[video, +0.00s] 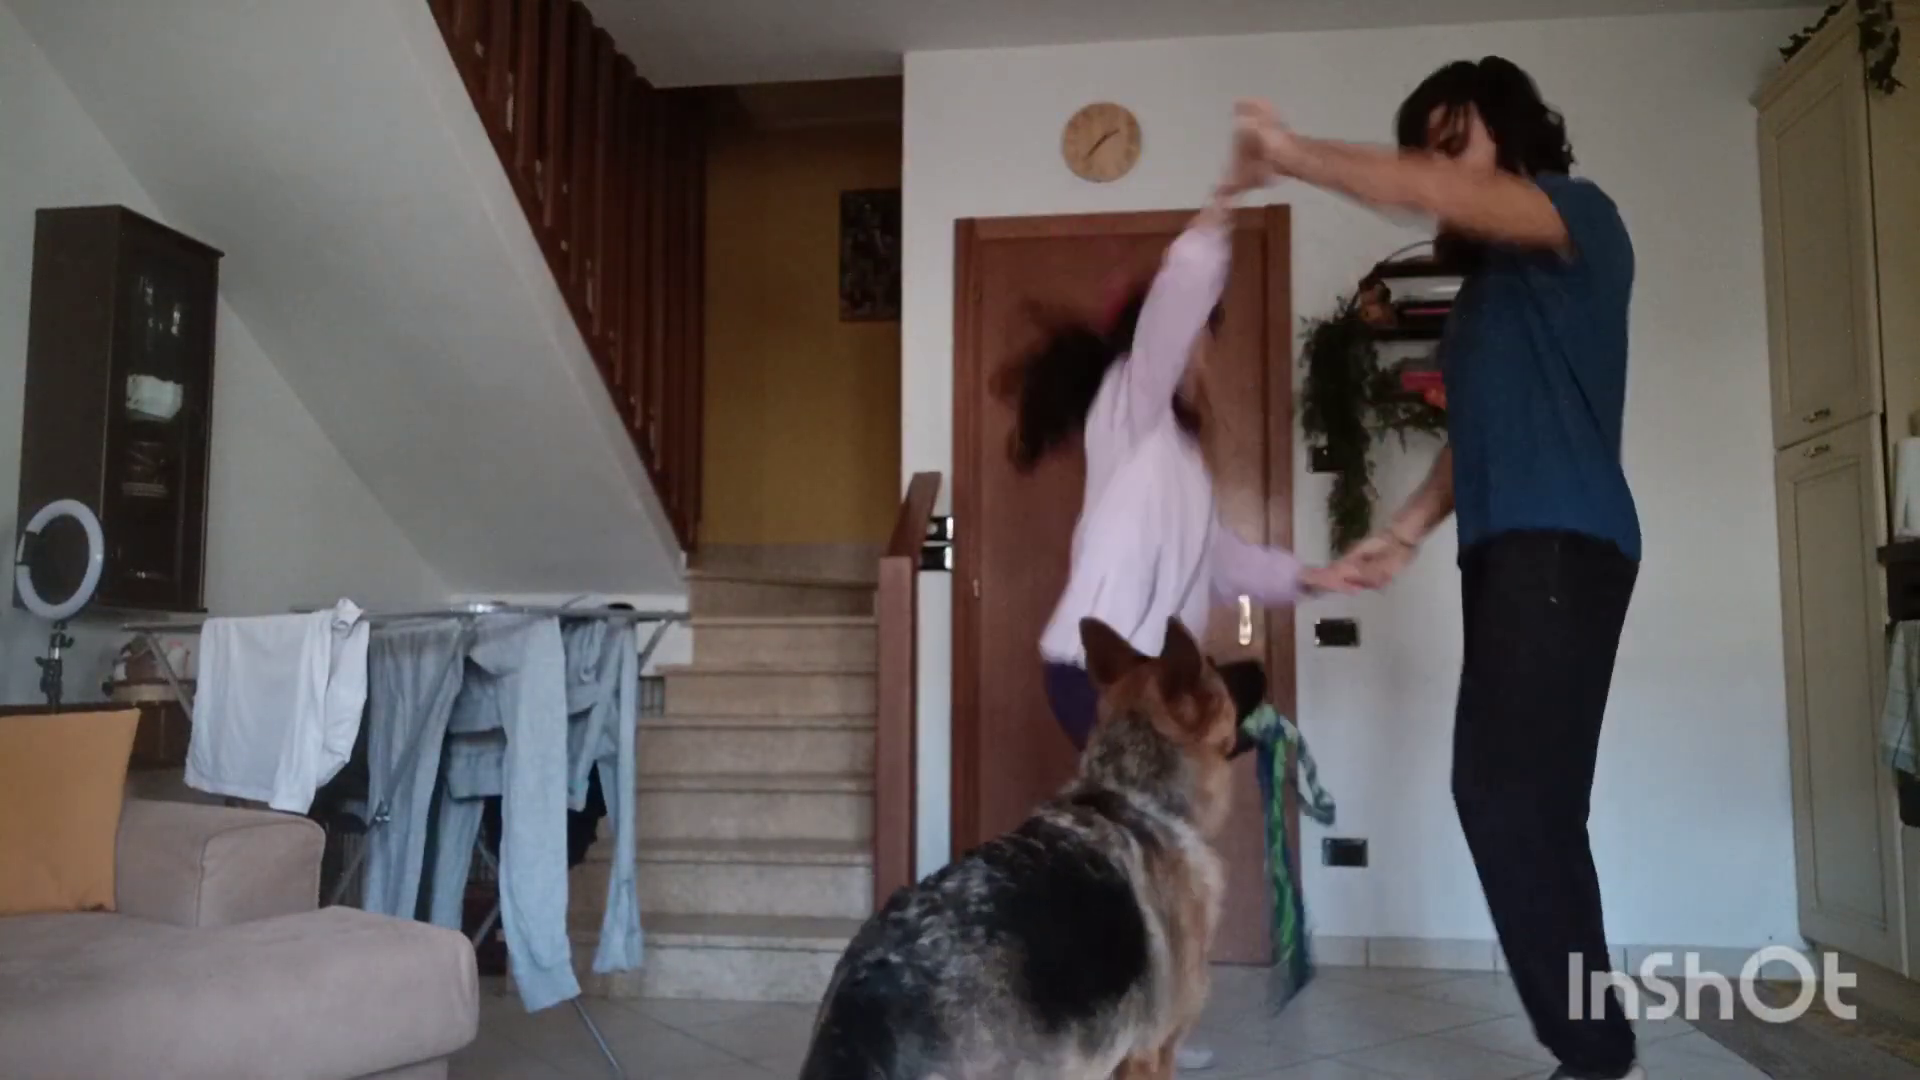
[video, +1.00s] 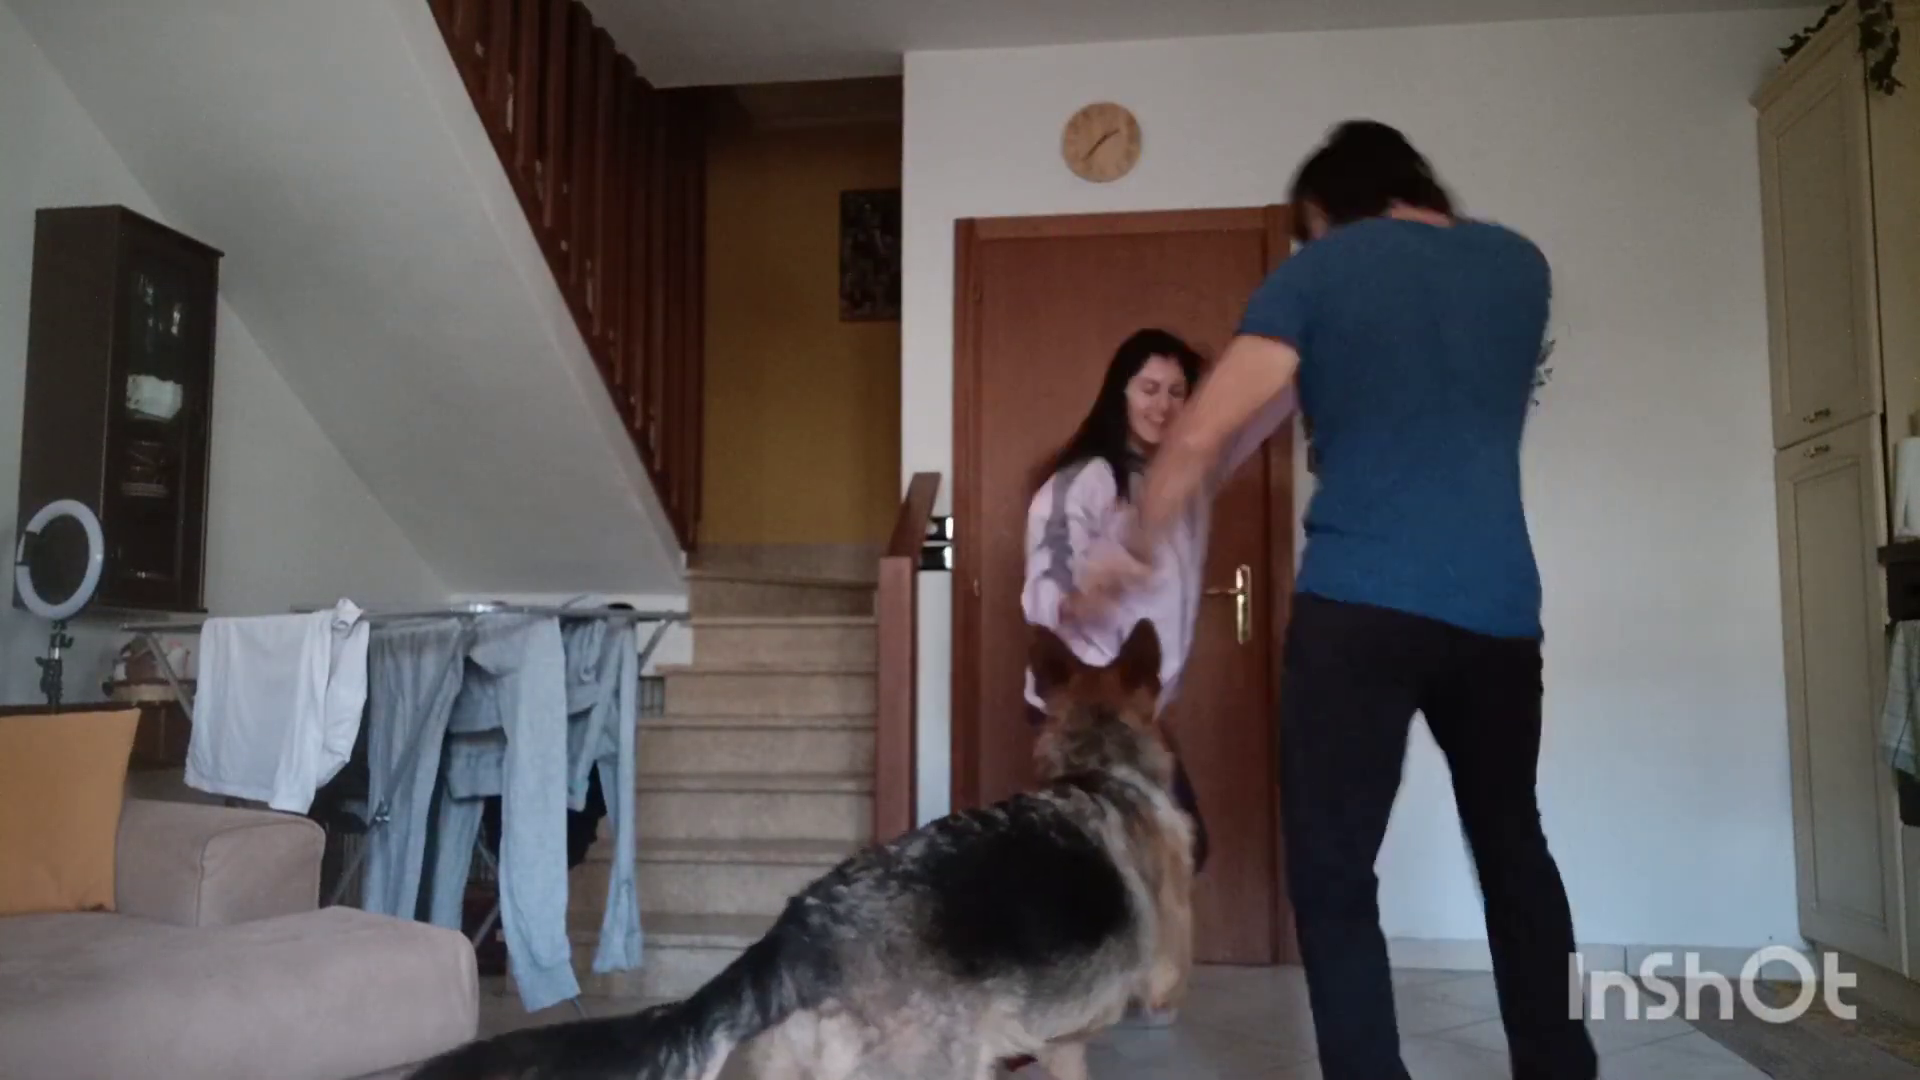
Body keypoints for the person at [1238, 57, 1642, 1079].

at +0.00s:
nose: (1445, 170)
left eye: (1453, 142)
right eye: (1430, 157)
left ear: (1508, 122)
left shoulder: (1582, 215)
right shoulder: (1508, 269)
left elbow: (1437, 193)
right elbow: (1480, 429)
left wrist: (1290, 154)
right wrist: (1402, 531)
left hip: (1560, 544)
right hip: (1512, 551)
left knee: (1500, 787)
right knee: (1529, 796)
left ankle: (1593, 1051)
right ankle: (1590, 1048)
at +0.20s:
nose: (1431, 220)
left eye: (1434, 195)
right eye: (1425, 203)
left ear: (1474, 170)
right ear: (1494, 176)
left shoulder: (1545, 251)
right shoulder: (1529, 293)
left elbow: (1356, 192)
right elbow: (1503, 475)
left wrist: (1243, 156)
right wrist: (1389, 557)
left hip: (1542, 588)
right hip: (1531, 590)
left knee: (1476, 841)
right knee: (1535, 849)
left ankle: (1542, 1065)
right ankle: (1608, 1066)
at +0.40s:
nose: (1411, 200)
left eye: (1414, 179)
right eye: (1406, 184)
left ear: (1454, 148)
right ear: (1488, 148)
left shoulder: (1522, 212)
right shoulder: (1553, 253)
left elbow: (1320, 173)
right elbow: (1520, 422)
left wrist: (1207, 173)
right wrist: (1408, 512)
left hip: (1513, 544)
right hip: (1551, 548)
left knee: (1430, 789)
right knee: (1534, 797)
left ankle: (1489, 1056)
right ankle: (1600, 1056)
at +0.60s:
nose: (1385, 231)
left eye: (1387, 212)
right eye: (1379, 217)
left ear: (1420, 185)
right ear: (1486, 184)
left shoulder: (1453, 241)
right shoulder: (1578, 292)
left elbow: (1274, 258)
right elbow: (1523, 438)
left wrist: (1165, 266)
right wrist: (1399, 490)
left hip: (1470, 595)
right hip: (1567, 610)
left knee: (1400, 856)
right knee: (1542, 854)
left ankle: (1419, 1067)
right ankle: (1601, 1068)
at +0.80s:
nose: (1355, 218)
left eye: (1356, 202)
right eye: (1349, 204)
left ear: (1384, 174)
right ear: (1470, 172)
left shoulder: (1386, 217)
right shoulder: (1559, 258)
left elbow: (1217, 328)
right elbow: (1508, 401)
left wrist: (1123, 403)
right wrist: (1354, 425)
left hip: (1404, 566)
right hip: (1530, 583)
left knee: (1362, 838)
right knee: (1537, 826)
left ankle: (1392, 1067)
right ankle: (1585, 1062)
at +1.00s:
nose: (1311, 247)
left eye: (1309, 230)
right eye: (1308, 233)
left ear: (1332, 214)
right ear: (1422, 198)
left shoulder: (1314, 273)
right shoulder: (1520, 263)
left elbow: (1193, 445)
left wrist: (1136, 546)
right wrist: (1439, 230)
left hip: (1358, 612)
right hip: (1495, 620)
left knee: (1332, 876)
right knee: (1516, 854)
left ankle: (1367, 1070)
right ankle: (1558, 1067)